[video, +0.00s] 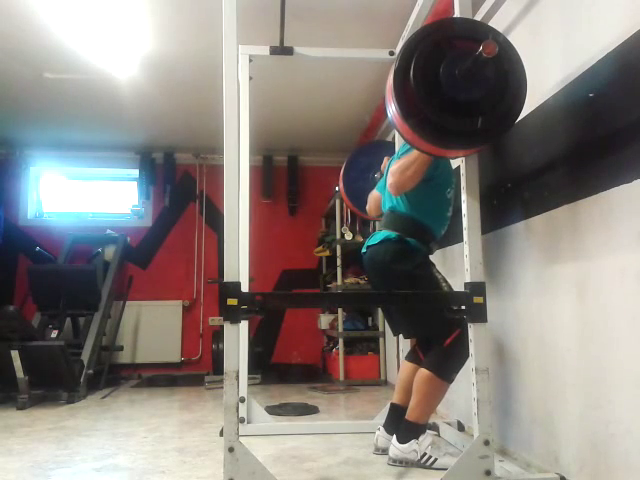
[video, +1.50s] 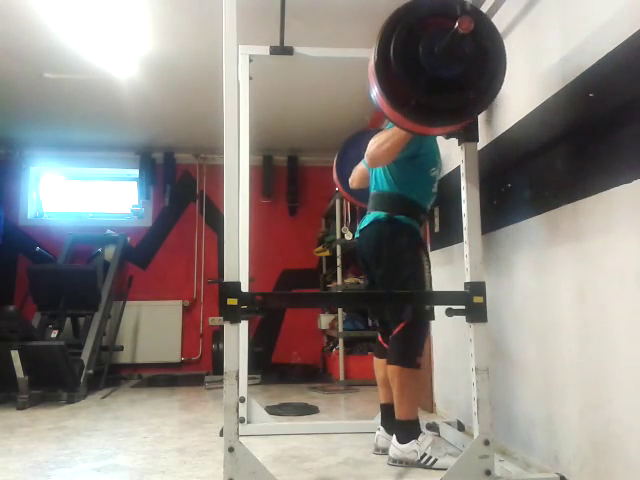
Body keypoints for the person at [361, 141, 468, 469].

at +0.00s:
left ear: (413, 119)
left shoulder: (404, 154)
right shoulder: (421, 145)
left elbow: (373, 208)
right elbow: (397, 184)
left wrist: (386, 171)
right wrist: (432, 143)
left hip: (381, 252)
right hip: (398, 253)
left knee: (427, 339)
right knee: (453, 340)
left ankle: (393, 428)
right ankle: (409, 440)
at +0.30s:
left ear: (415, 117)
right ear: (434, 112)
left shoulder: (410, 150)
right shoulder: (421, 142)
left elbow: (365, 198)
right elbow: (390, 178)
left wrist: (387, 169)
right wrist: (429, 143)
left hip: (382, 251)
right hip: (399, 252)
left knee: (426, 341)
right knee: (453, 342)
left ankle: (394, 428)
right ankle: (409, 439)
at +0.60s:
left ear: (414, 112)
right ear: (437, 109)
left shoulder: (410, 143)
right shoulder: (424, 138)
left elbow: (366, 196)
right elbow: (389, 175)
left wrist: (386, 168)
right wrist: (425, 144)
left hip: (386, 247)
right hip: (403, 248)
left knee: (427, 339)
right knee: (453, 340)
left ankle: (395, 427)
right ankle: (410, 439)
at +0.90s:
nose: (464, 140)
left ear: (417, 112)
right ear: (443, 115)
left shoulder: (406, 147)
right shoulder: (423, 142)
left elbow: (363, 190)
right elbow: (384, 166)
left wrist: (394, 180)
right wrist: (422, 137)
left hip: (382, 243)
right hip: (402, 243)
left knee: (420, 334)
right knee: (446, 334)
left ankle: (394, 426)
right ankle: (409, 439)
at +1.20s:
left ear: (416, 99)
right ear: (433, 97)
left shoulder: (413, 136)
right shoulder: (418, 128)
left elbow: (360, 181)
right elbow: (380, 155)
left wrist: (402, 183)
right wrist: (421, 122)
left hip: (380, 234)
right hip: (398, 234)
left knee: (400, 331)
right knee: (421, 329)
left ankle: (391, 427)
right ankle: (409, 440)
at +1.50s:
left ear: (411, 97)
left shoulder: (403, 133)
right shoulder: (410, 124)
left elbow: (356, 179)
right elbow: (374, 154)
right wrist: (414, 119)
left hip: (377, 228)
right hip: (393, 230)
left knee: (388, 331)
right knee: (408, 330)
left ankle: (390, 427)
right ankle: (409, 439)